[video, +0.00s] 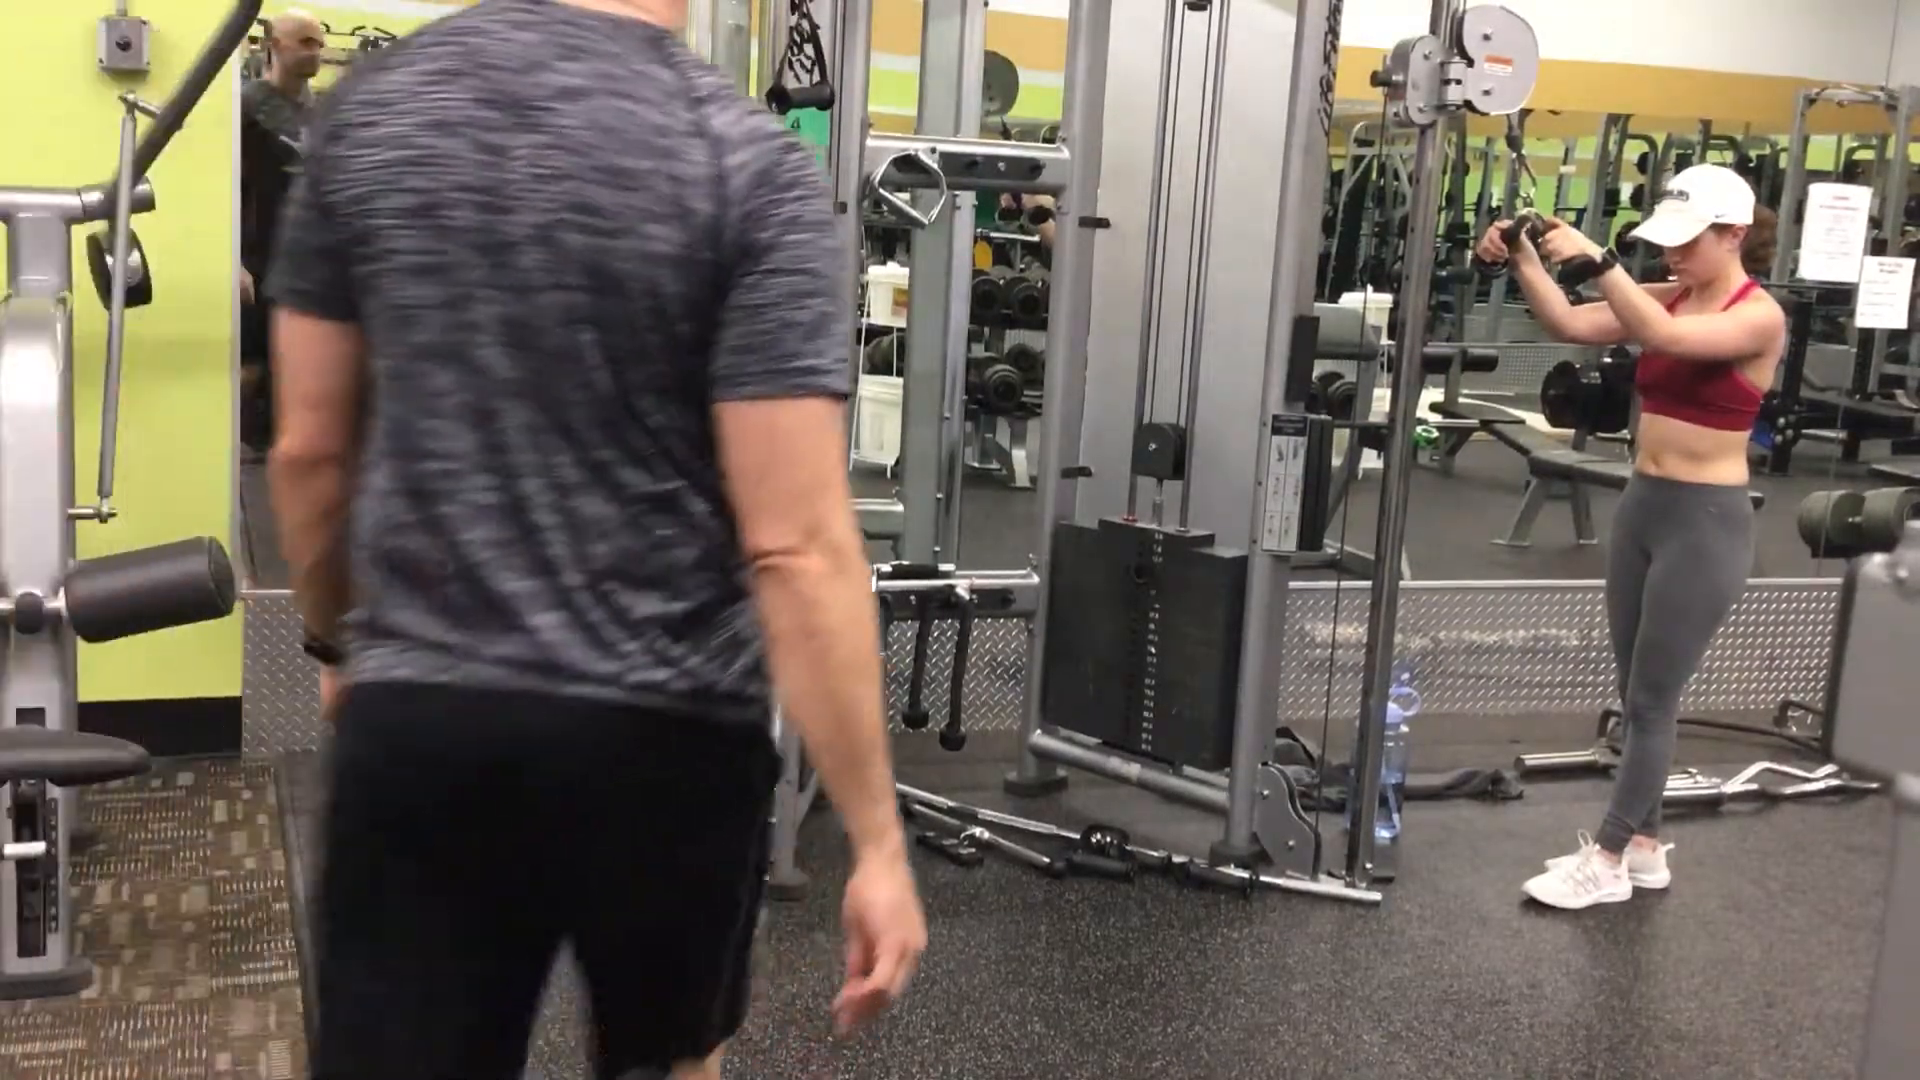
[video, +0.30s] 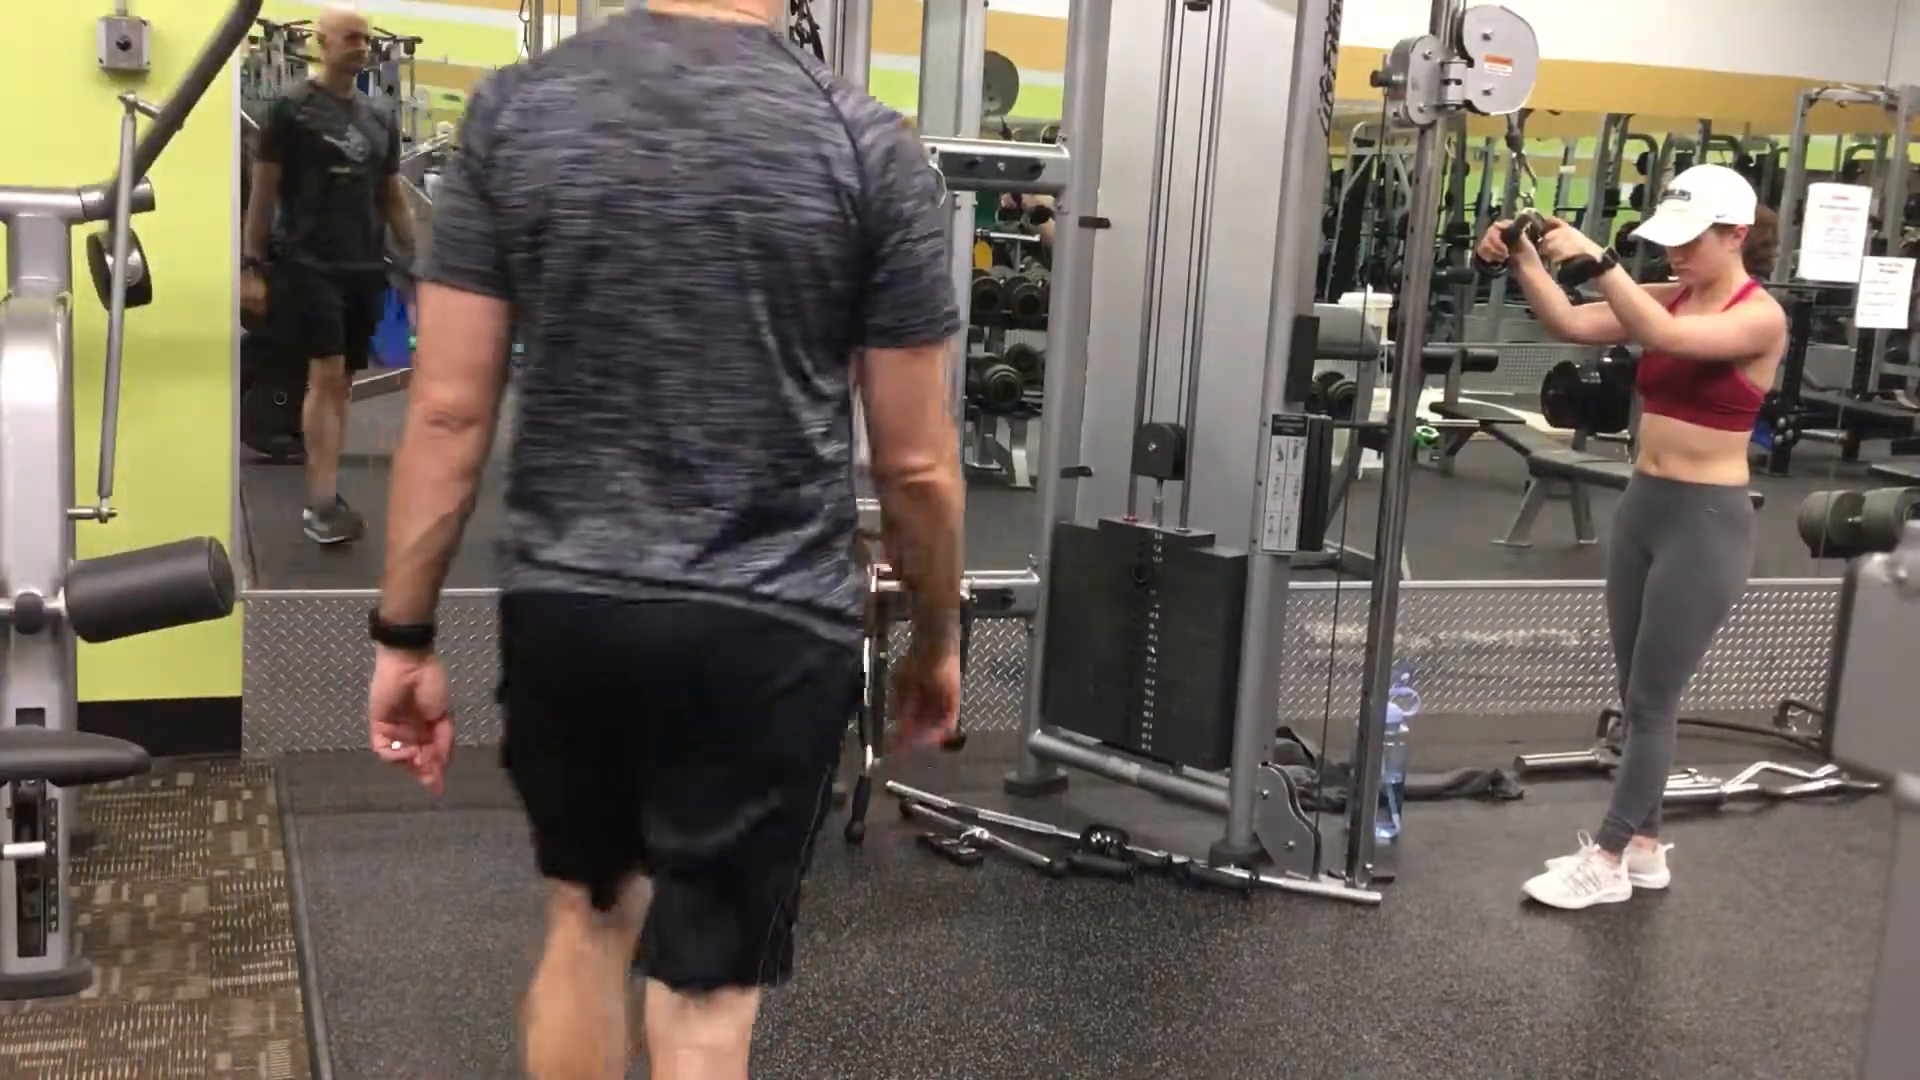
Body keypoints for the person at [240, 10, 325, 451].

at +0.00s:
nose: (317, 52)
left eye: (319, 42)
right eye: (306, 42)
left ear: (319, 48)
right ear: (276, 46)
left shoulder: (319, 113)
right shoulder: (245, 106)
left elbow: (328, 187)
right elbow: (227, 189)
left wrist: (331, 247)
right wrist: (234, 260)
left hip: (309, 252)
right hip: (261, 256)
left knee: (307, 351)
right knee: (259, 360)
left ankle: (304, 442)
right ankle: (257, 443)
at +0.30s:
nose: (361, 47)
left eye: (365, 39)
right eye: (350, 38)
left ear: (369, 46)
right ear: (321, 43)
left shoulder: (380, 119)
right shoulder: (288, 109)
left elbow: (393, 198)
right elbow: (262, 192)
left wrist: (414, 251)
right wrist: (251, 264)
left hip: (362, 266)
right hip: (308, 263)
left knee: (342, 380)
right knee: (326, 377)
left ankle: (324, 496)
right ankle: (321, 502)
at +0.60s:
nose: (400, 49)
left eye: (404, 40)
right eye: (388, 39)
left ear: (408, 50)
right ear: (358, 49)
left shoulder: (421, 127)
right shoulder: (326, 121)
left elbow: (440, 208)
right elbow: (313, 209)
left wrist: (472, 265)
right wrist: (326, 282)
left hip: (413, 280)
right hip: (358, 279)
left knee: (412, 396)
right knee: (373, 394)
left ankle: (344, 468)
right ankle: (372, 519)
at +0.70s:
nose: (412, 43)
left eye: (417, 35)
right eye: (400, 34)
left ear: (421, 44)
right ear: (371, 44)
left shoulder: (436, 123)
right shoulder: (347, 115)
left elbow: (451, 207)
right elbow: (335, 202)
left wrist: (485, 260)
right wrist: (372, 263)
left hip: (430, 277)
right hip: (371, 276)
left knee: (450, 395)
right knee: (377, 394)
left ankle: (386, 468)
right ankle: (370, 520)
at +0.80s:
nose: (428, 44)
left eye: (432, 35)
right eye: (416, 35)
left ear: (436, 44)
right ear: (386, 43)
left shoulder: (450, 122)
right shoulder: (365, 115)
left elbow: (466, 210)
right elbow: (366, 203)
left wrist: (502, 255)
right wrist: (413, 231)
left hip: (446, 279)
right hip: (388, 279)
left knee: (480, 392)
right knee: (383, 395)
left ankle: (436, 499)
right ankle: (372, 521)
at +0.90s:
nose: (446, 47)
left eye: (450, 39)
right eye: (434, 38)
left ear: (453, 48)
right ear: (406, 48)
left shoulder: (468, 126)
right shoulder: (387, 114)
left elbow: (489, 207)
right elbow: (398, 195)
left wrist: (527, 253)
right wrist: (457, 205)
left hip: (464, 287)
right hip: (406, 285)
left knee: (492, 403)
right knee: (391, 399)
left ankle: (503, 527)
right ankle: (372, 521)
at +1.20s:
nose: (500, 52)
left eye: (505, 43)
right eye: (489, 44)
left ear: (515, 52)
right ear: (466, 54)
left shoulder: (533, 124)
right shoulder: (447, 119)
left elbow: (564, 188)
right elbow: (471, 179)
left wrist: (564, 191)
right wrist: (511, 156)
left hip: (535, 285)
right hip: (474, 287)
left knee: (541, 415)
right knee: (468, 408)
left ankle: (537, 535)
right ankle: (409, 503)